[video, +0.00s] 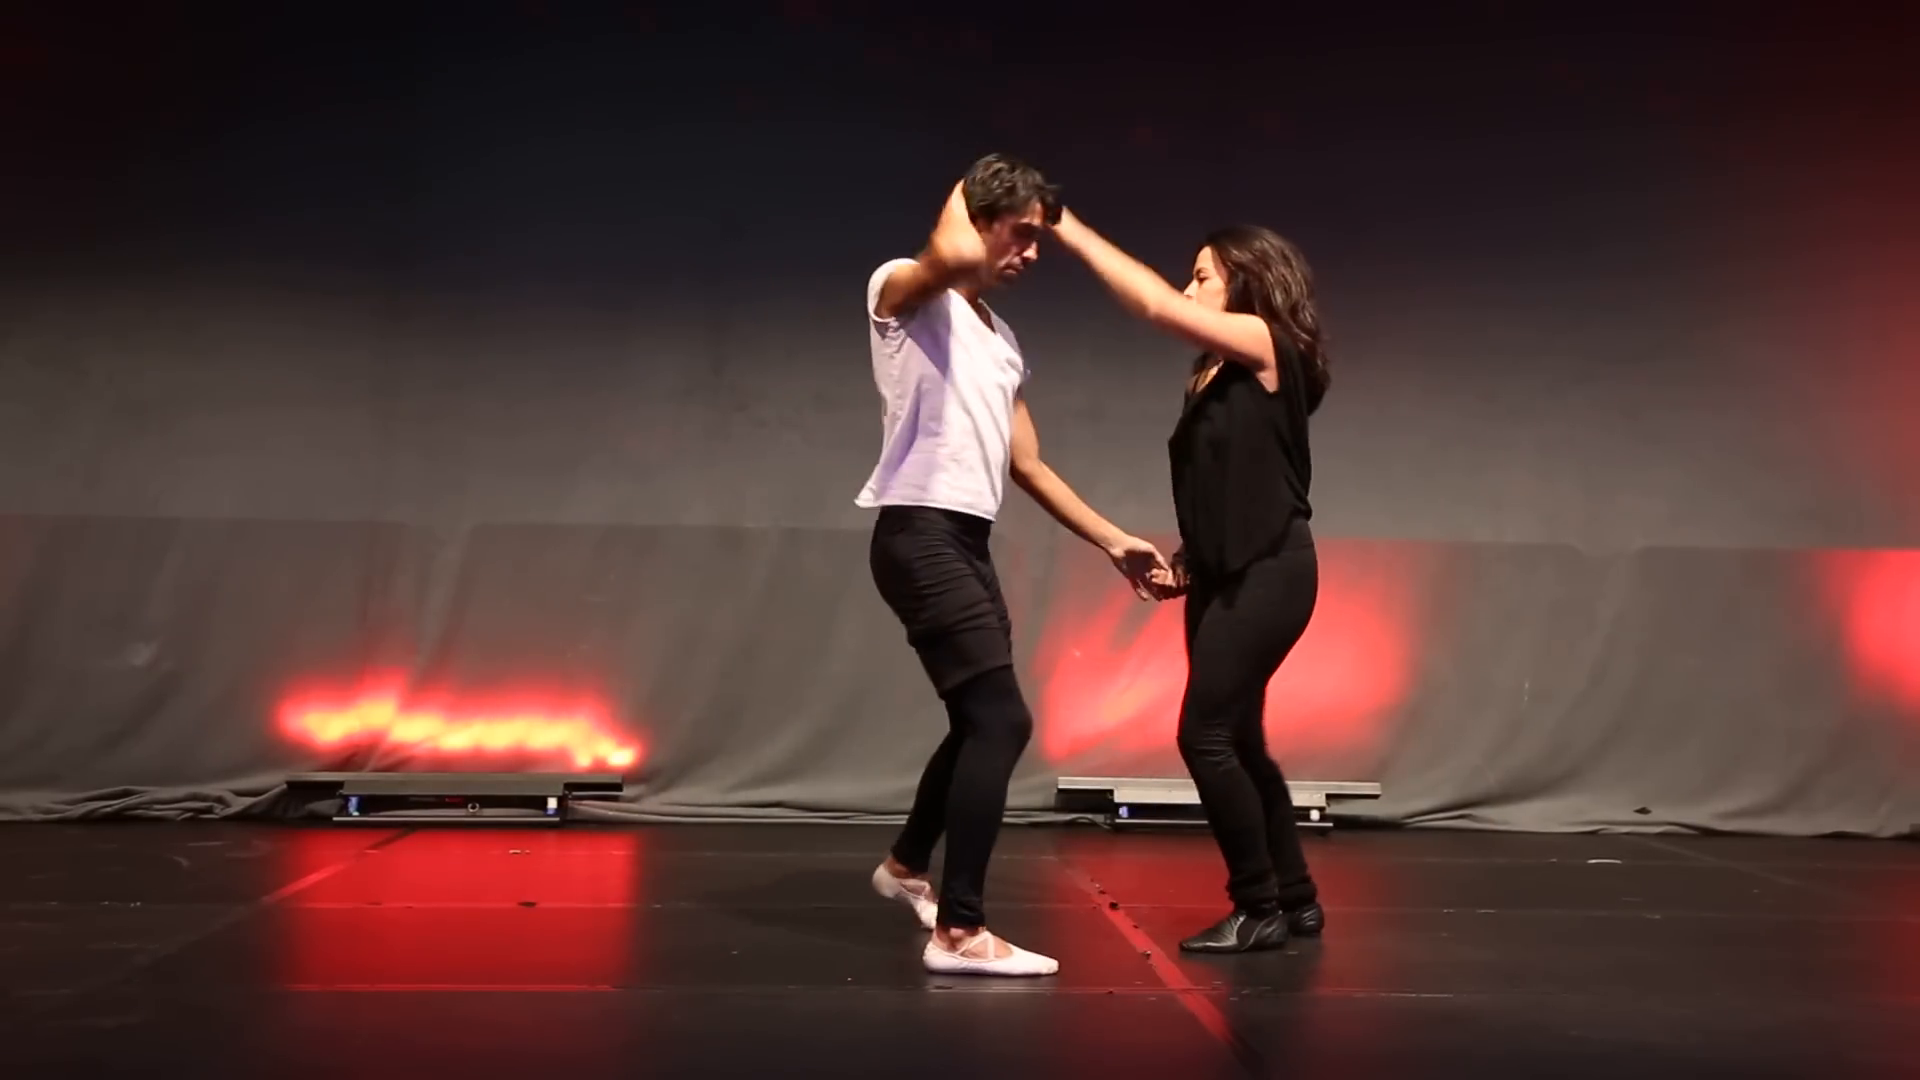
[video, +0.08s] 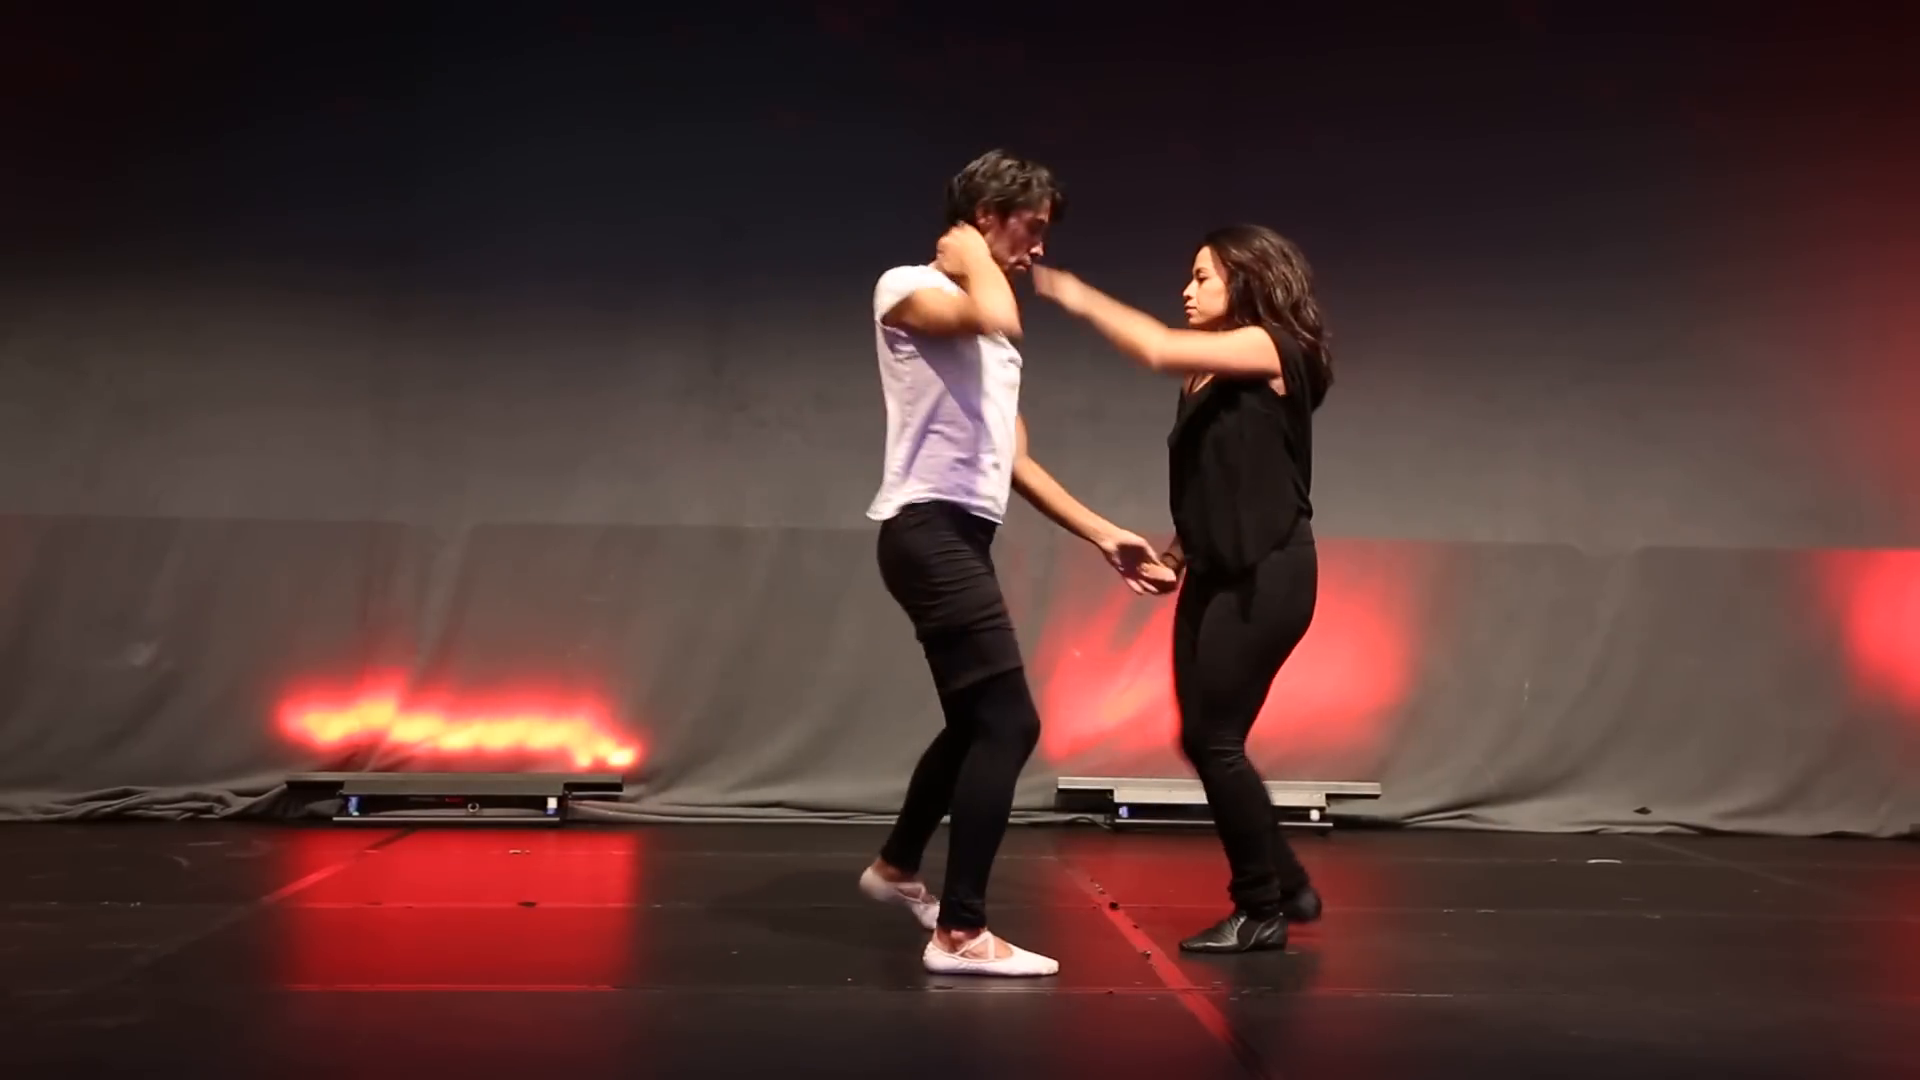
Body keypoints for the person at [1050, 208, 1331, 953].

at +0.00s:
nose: (1189, 290)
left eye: (1202, 278)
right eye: (1191, 277)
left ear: (1248, 283)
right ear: (1231, 288)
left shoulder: (1269, 341)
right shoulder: (1213, 368)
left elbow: (1159, 305)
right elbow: (1230, 493)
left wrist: (1072, 230)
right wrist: (1183, 558)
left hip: (1269, 575)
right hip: (1220, 577)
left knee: (1206, 734)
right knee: (1241, 744)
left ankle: (1260, 910)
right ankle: (1292, 901)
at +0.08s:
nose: (1189, 289)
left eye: (1203, 277)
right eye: (1192, 277)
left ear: (1249, 285)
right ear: (1233, 287)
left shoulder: (1281, 348)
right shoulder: (1210, 365)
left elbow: (1163, 348)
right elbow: (1226, 484)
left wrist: (1079, 296)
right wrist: (1179, 551)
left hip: (1268, 572)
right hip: (1215, 573)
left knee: (1216, 739)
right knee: (1203, 738)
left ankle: (1260, 913)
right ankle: (1285, 884)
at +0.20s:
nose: (1184, 293)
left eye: (1200, 280)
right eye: (1187, 280)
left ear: (1246, 288)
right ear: (1218, 291)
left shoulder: (1273, 362)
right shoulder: (1207, 374)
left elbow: (1187, 422)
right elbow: (1203, 492)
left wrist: (1086, 382)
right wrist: (1144, 542)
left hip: (1269, 580)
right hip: (1214, 581)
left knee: (1229, 742)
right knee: (1145, 728)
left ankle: (1260, 916)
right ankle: (1250, 872)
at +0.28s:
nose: (1179, 294)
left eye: (1195, 281)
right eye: (1182, 280)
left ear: (1240, 290)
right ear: (1211, 292)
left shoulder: (1264, 366)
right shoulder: (1198, 380)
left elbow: (1196, 442)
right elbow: (1179, 495)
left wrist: (1082, 414)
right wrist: (1097, 523)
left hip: (1267, 584)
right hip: (1212, 585)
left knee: (1232, 742)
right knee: (1122, 717)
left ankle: (1261, 917)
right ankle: (1213, 863)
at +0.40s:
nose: (1165, 289)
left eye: (1181, 276)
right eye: (1169, 276)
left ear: (1226, 287)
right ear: (1205, 289)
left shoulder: (1243, 362)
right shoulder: (1189, 375)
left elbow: (1182, 445)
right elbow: (1150, 465)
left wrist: (1075, 434)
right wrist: (1072, 458)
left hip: (1258, 579)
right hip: (1208, 582)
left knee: (1237, 743)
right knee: (1116, 708)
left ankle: (1261, 917)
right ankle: (1199, 855)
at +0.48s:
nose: (1155, 281)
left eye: (1170, 269)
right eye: (1159, 269)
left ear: (1214, 279)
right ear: (1190, 282)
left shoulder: (1225, 354)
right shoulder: (1177, 369)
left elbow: (1170, 442)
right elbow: (1104, 436)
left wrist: (1076, 438)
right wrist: (1053, 444)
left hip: (1244, 570)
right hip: (1201, 575)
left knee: (1231, 737)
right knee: (1128, 715)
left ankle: (1260, 913)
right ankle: (1211, 867)